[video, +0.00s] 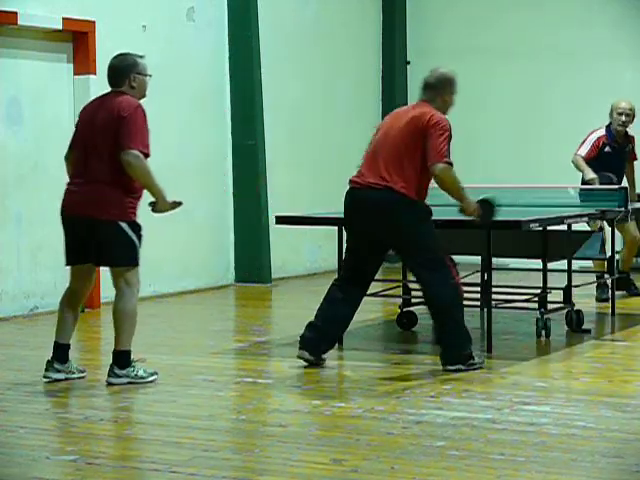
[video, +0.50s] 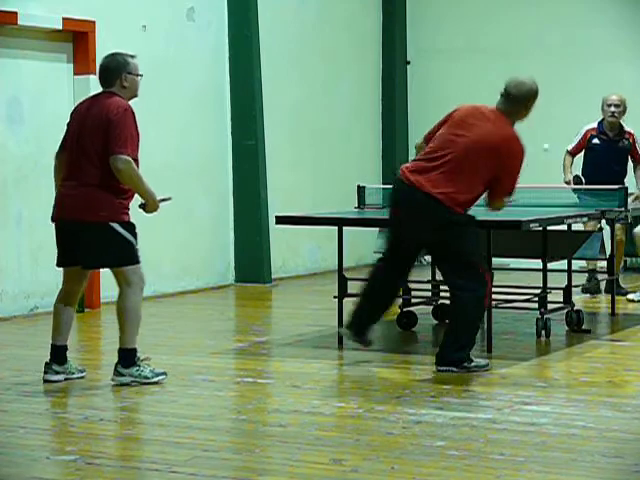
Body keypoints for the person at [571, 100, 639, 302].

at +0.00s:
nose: (624, 119)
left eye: (628, 115)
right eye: (620, 114)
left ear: (632, 119)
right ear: (611, 116)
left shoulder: (629, 140)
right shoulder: (599, 136)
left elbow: (629, 166)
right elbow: (577, 158)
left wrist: (633, 191)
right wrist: (588, 172)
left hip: (616, 195)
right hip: (593, 196)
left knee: (633, 237)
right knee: (601, 237)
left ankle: (623, 276)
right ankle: (601, 282)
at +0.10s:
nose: (623, 116)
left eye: (627, 112)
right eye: (619, 111)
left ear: (631, 117)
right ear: (611, 114)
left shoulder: (629, 140)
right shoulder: (597, 135)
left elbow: (630, 165)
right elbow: (574, 157)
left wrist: (634, 189)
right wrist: (579, 174)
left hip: (615, 195)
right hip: (593, 196)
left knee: (630, 240)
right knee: (599, 239)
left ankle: (618, 274)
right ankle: (601, 283)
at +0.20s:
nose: (622, 114)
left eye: (626, 111)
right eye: (618, 110)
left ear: (631, 115)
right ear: (610, 112)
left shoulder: (629, 140)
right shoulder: (595, 134)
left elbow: (632, 165)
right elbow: (571, 155)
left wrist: (637, 189)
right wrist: (571, 176)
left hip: (615, 194)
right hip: (591, 194)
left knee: (625, 240)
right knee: (598, 239)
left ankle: (615, 278)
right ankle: (600, 284)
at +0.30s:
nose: (620, 113)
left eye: (624, 110)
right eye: (616, 109)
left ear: (629, 114)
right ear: (608, 112)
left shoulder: (630, 140)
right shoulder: (594, 135)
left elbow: (635, 167)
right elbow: (570, 154)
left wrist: (639, 189)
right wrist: (568, 176)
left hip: (616, 196)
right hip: (591, 195)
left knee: (622, 240)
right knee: (596, 239)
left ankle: (615, 278)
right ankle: (599, 282)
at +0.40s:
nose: (617, 112)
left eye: (622, 109)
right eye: (613, 108)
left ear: (627, 113)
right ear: (606, 111)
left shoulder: (631, 140)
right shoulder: (592, 135)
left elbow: (637, 167)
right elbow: (570, 154)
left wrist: (639, 188)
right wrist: (567, 175)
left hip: (616, 194)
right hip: (591, 194)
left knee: (620, 239)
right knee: (594, 237)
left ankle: (615, 279)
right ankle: (598, 279)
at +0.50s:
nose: (613, 110)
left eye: (617, 106)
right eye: (609, 106)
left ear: (624, 111)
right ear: (602, 109)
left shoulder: (629, 137)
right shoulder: (590, 133)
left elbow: (637, 163)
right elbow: (570, 153)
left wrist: (639, 188)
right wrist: (567, 175)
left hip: (617, 193)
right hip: (590, 192)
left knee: (619, 236)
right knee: (591, 233)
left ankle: (613, 279)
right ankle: (591, 277)